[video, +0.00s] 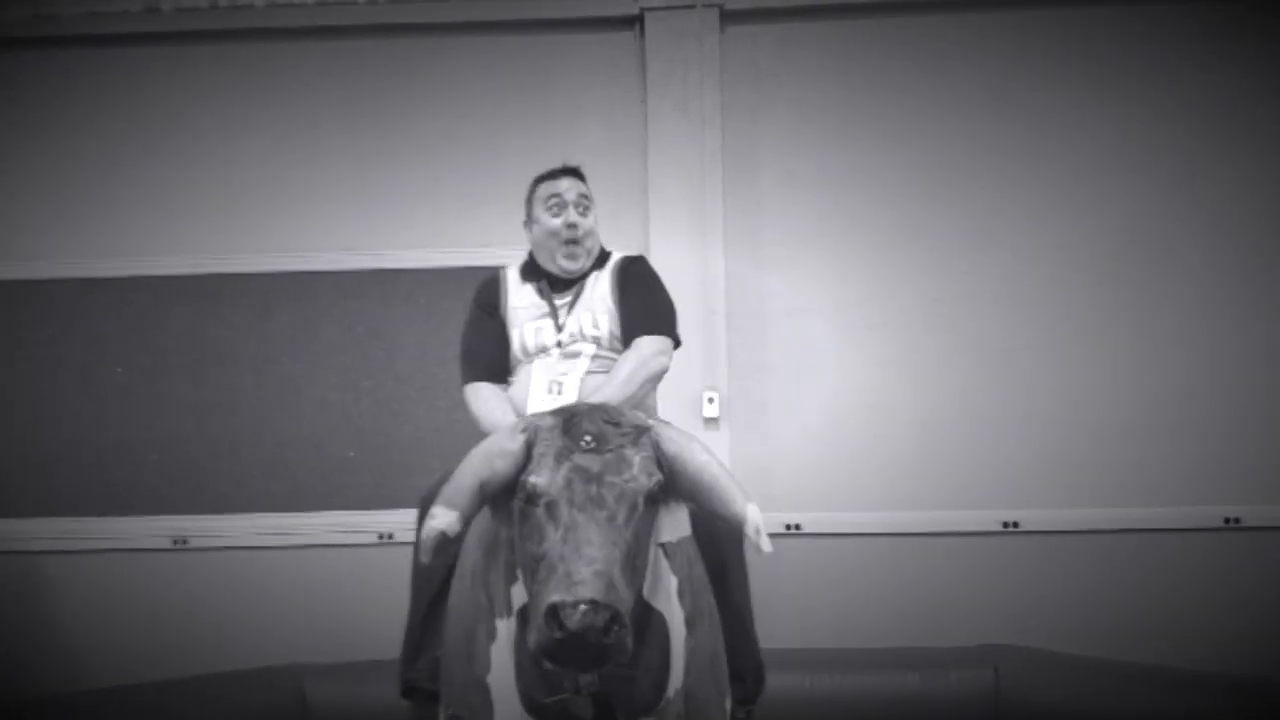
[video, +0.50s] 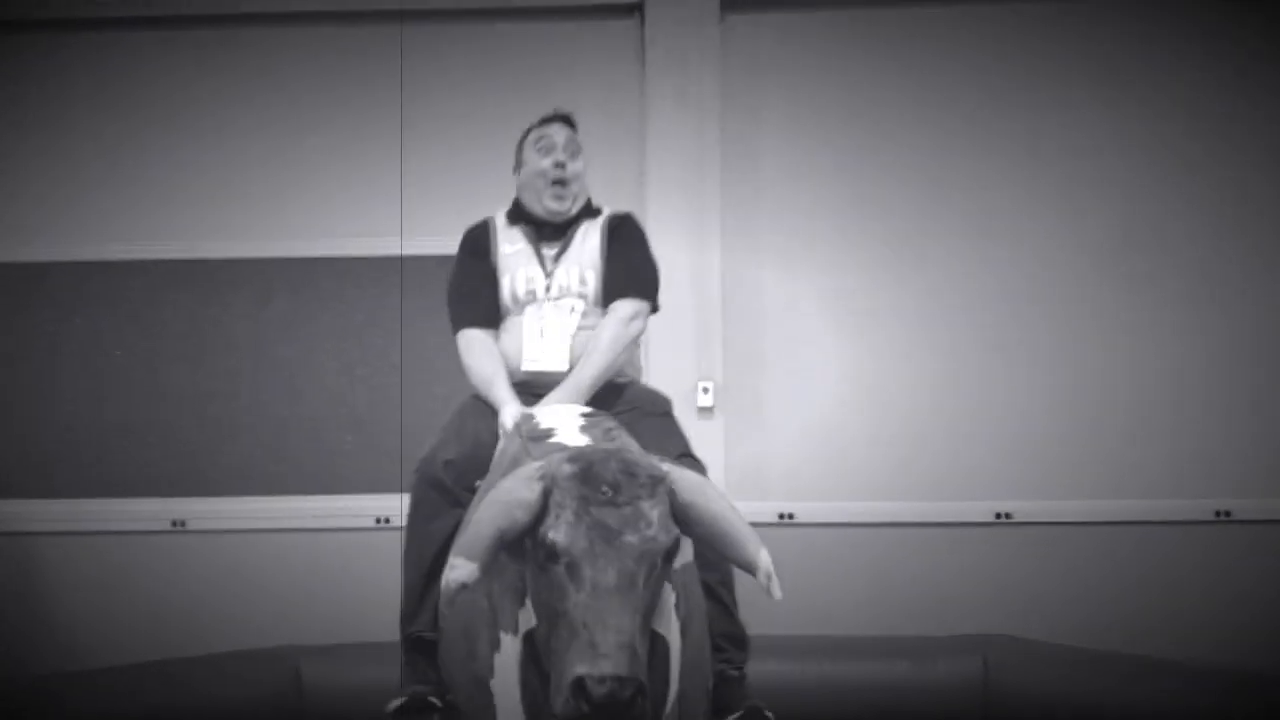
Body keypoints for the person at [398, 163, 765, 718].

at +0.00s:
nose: (572, 218)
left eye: (582, 206)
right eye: (555, 207)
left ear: (597, 221)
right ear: (529, 227)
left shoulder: (628, 272)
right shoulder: (500, 287)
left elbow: (654, 351)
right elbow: (479, 383)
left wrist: (595, 415)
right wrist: (521, 437)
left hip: (625, 422)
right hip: (528, 430)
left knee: (728, 511)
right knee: (441, 519)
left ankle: (742, 659)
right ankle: (420, 666)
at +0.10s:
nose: (572, 216)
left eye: (582, 206)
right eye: (556, 207)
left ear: (598, 225)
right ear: (531, 230)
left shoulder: (628, 273)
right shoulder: (504, 289)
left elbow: (650, 344)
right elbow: (485, 378)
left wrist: (593, 412)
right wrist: (523, 431)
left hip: (624, 422)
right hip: (534, 428)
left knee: (725, 510)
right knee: (447, 504)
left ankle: (740, 664)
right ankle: (425, 667)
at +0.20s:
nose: (568, 210)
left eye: (579, 201)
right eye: (553, 202)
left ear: (595, 223)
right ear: (529, 226)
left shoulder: (625, 270)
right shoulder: (501, 282)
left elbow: (640, 343)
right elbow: (486, 370)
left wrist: (581, 416)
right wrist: (518, 426)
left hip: (619, 418)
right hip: (527, 423)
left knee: (711, 509)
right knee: (443, 486)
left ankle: (731, 680)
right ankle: (424, 679)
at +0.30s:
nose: (565, 199)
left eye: (576, 191)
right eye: (549, 191)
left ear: (591, 213)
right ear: (525, 215)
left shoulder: (623, 263)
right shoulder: (495, 274)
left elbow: (632, 338)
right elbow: (483, 360)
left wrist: (576, 410)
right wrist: (513, 420)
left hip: (613, 410)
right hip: (518, 415)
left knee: (698, 498)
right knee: (440, 481)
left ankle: (727, 669)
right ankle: (421, 671)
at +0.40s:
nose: (563, 185)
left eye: (574, 175)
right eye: (548, 175)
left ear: (589, 194)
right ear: (521, 195)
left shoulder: (619, 248)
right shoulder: (490, 258)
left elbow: (630, 329)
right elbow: (477, 348)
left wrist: (572, 404)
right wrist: (512, 414)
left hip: (606, 401)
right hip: (514, 406)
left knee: (690, 491)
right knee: (440, 477)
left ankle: (726, 664)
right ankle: (421, 667)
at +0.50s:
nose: (561, 164)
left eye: (572, 153)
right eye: (545, 153)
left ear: (586, 170)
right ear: (517, 172)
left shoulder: (617, 230)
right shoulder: (485, 239)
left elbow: (628, 318)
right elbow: (474, 336)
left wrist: (567, 399)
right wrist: (509, 405)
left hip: (607, 390)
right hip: (510, 396)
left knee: (695, 498)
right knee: (438, 479)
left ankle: (728, 682)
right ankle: (421, 675)